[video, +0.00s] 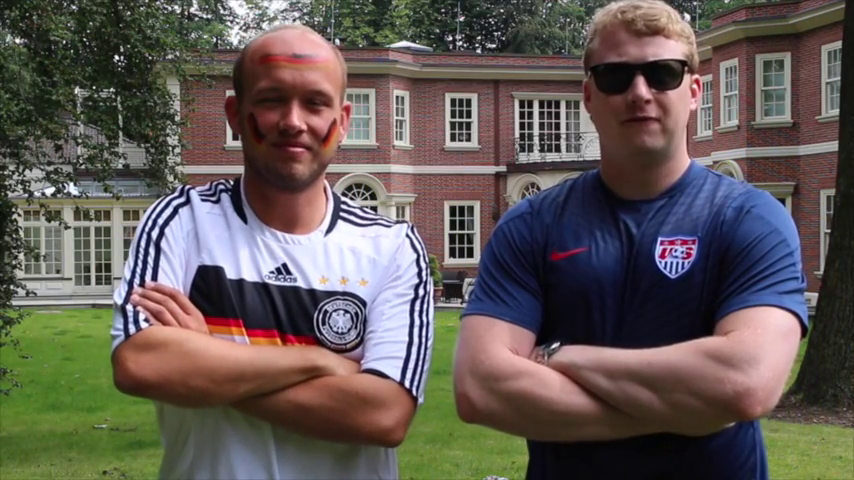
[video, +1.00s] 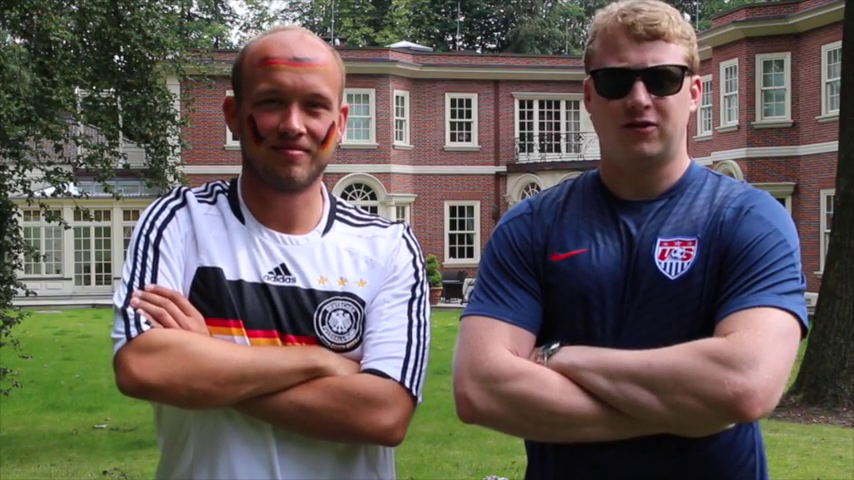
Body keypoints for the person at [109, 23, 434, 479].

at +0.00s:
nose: (294, 122)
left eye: (315, 103)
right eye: (272, 101)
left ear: (341, 121)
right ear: (235, 115)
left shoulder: (393, 247)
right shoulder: (179, 219)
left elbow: (386, 418)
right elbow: (136, 364)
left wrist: (210, 365)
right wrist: (320, 361)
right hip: (206, 473)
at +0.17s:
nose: (293, 124)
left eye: (315, 104)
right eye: (271, 102)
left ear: (340, 122)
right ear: (234, 115)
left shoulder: (392, 248)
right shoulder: (177, 220)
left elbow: (386, 419)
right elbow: (137, 367)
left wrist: (210, 367)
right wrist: (321, 362)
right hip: (204, 474)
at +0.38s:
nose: (292, 126)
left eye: (313, 107)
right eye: (270, 103)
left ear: (339, 122)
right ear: (233, 114)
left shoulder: (390, 248)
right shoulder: (176, 220)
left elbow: (386, 418)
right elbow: (137, 366)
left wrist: (209, 366)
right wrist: (322, 361)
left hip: (345, 476)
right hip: (204, 475)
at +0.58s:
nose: (291, 126)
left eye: (313, 107)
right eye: (270, 103)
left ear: (339, 122)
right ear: (233, 114)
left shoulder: (389, 247)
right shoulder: (175, 221)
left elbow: (386, 418)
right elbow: (137, 368)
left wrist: (210, 367)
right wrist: (321, 361)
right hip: (203, 474)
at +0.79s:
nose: (291, 126)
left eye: (313, 107)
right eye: (269, 103)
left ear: (339, 122)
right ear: (232, 115)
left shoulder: (389, 247)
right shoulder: (175, 221)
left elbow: (385, 418)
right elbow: (137, 369)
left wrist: (210, 368)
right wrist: (321, 361)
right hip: (203, 474)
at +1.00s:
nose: (293, 125)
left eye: (315, 106)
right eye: (272, 103)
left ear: (340, 122)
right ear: (234, 115)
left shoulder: (389, 247)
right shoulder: (175, 221)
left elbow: (386, 417)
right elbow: (139, 367)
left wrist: (210, 366)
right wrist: (322, 361)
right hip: (203, 474)